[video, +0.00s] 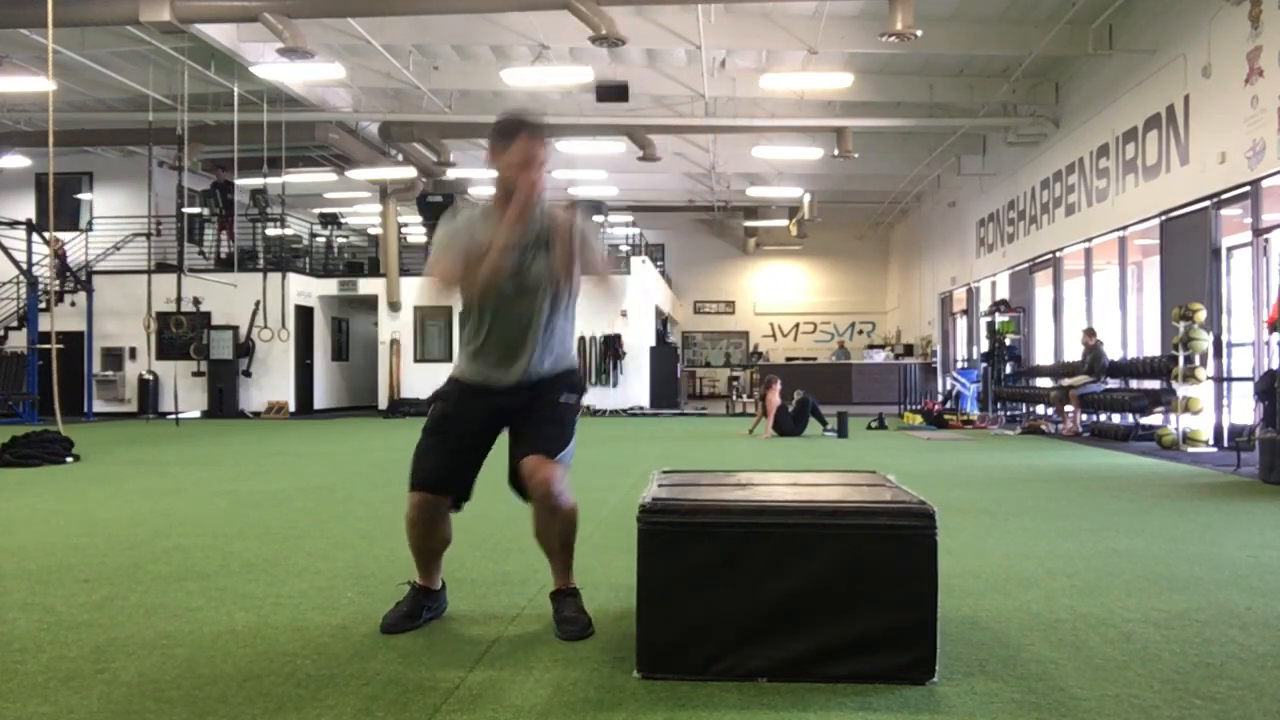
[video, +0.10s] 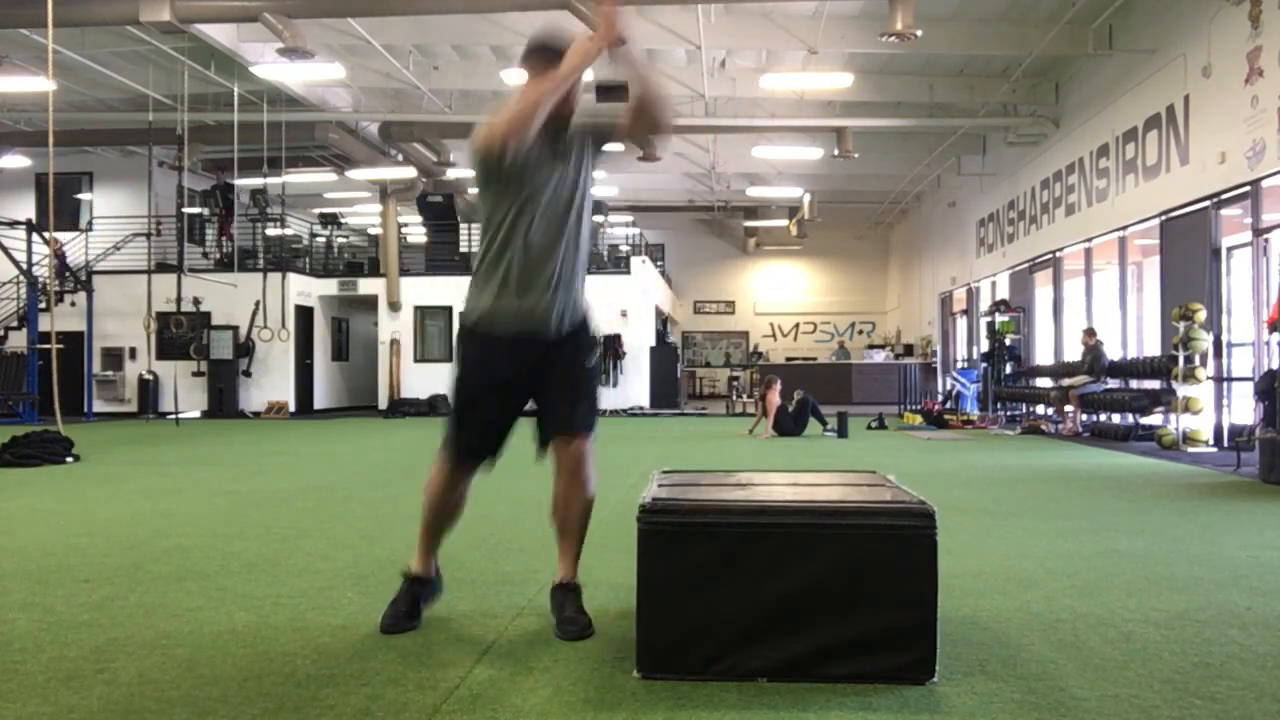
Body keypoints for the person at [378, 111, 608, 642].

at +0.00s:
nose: (536, 172)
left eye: (541, 163)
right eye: (525, 162)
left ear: (547, 164)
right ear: (495, 160)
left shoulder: (564, 224)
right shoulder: (465, 224)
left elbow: (595, 274)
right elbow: (468, 286)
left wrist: (565, 225)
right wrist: (512, 218)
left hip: (549, 378)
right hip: (476, 379)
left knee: (543, 478)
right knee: (425, 496)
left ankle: (565, 590)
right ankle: (427, 590)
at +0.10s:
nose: (557, 93)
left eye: (564, 83)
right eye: (547, 81)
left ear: (576, 86)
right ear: (527, 80)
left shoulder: (582, 132)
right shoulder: (496, 134)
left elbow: (652, 122)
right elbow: (508, 129)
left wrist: (626, 48)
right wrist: (584, 52)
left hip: (565, 326)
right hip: (494, 326)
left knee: (575, 452)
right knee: (455, 461)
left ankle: (566, 584)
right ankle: (422, 573)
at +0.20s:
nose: (625, 31)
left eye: (627, 21)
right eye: (620, 17)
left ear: (605, 18)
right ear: (584, 11)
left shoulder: (603, 65)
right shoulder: (534, 54)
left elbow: (671, 83)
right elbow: (494, 83)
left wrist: (698, 31)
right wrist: (589, 74)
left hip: (576, 241)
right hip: (518, 242)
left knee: (604, 367)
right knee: (522, 381)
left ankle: (570, 506)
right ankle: (448, 488)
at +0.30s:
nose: (666, 27)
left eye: (670, 18)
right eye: (662, 13)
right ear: (628, 3)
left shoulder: (636, 69)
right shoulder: (576, 32)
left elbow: (675, 113)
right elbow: (503, 67)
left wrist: (745, 113)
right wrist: (553, 142)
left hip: (576, 206)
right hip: (524, 201)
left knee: (652, 294)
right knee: (605, 296)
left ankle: (577, 410)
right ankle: (517, 410)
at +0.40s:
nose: (707, 42)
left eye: (710, 32)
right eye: (702, 27)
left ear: (674, 20)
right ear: (668, 12)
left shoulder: (659, 79)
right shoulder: (616, 40)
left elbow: (652, 147)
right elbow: (527, 69)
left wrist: (684, 204)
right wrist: (490, 163)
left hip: (585, 187)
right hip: (544, 180)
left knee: (666, 270)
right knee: (663, 258)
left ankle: (629, 395)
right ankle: (611, 398)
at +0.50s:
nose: (732, 68)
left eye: (737, 58)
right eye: (731, 52)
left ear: (702, 39)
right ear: (700, 33)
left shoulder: (670, 87)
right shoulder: (641, 61)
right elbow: (548, 92)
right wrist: (483, 161)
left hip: (587, 214)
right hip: (576, 205)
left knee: (679, 305)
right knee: (688, 292)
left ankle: (661, 444)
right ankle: (675, 442)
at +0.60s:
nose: (743, 92)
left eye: (747, 82)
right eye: (741, 76)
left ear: (709, 66)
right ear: (708, 60)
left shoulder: (672, 113)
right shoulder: (662, 93)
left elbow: (600, 184)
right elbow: (573, 128)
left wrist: (552, 248)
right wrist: (517, 200)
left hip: (590, 246)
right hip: (606, 239)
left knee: (689, 336)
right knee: (727, 326)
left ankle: (660, 459)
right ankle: (673, 457)